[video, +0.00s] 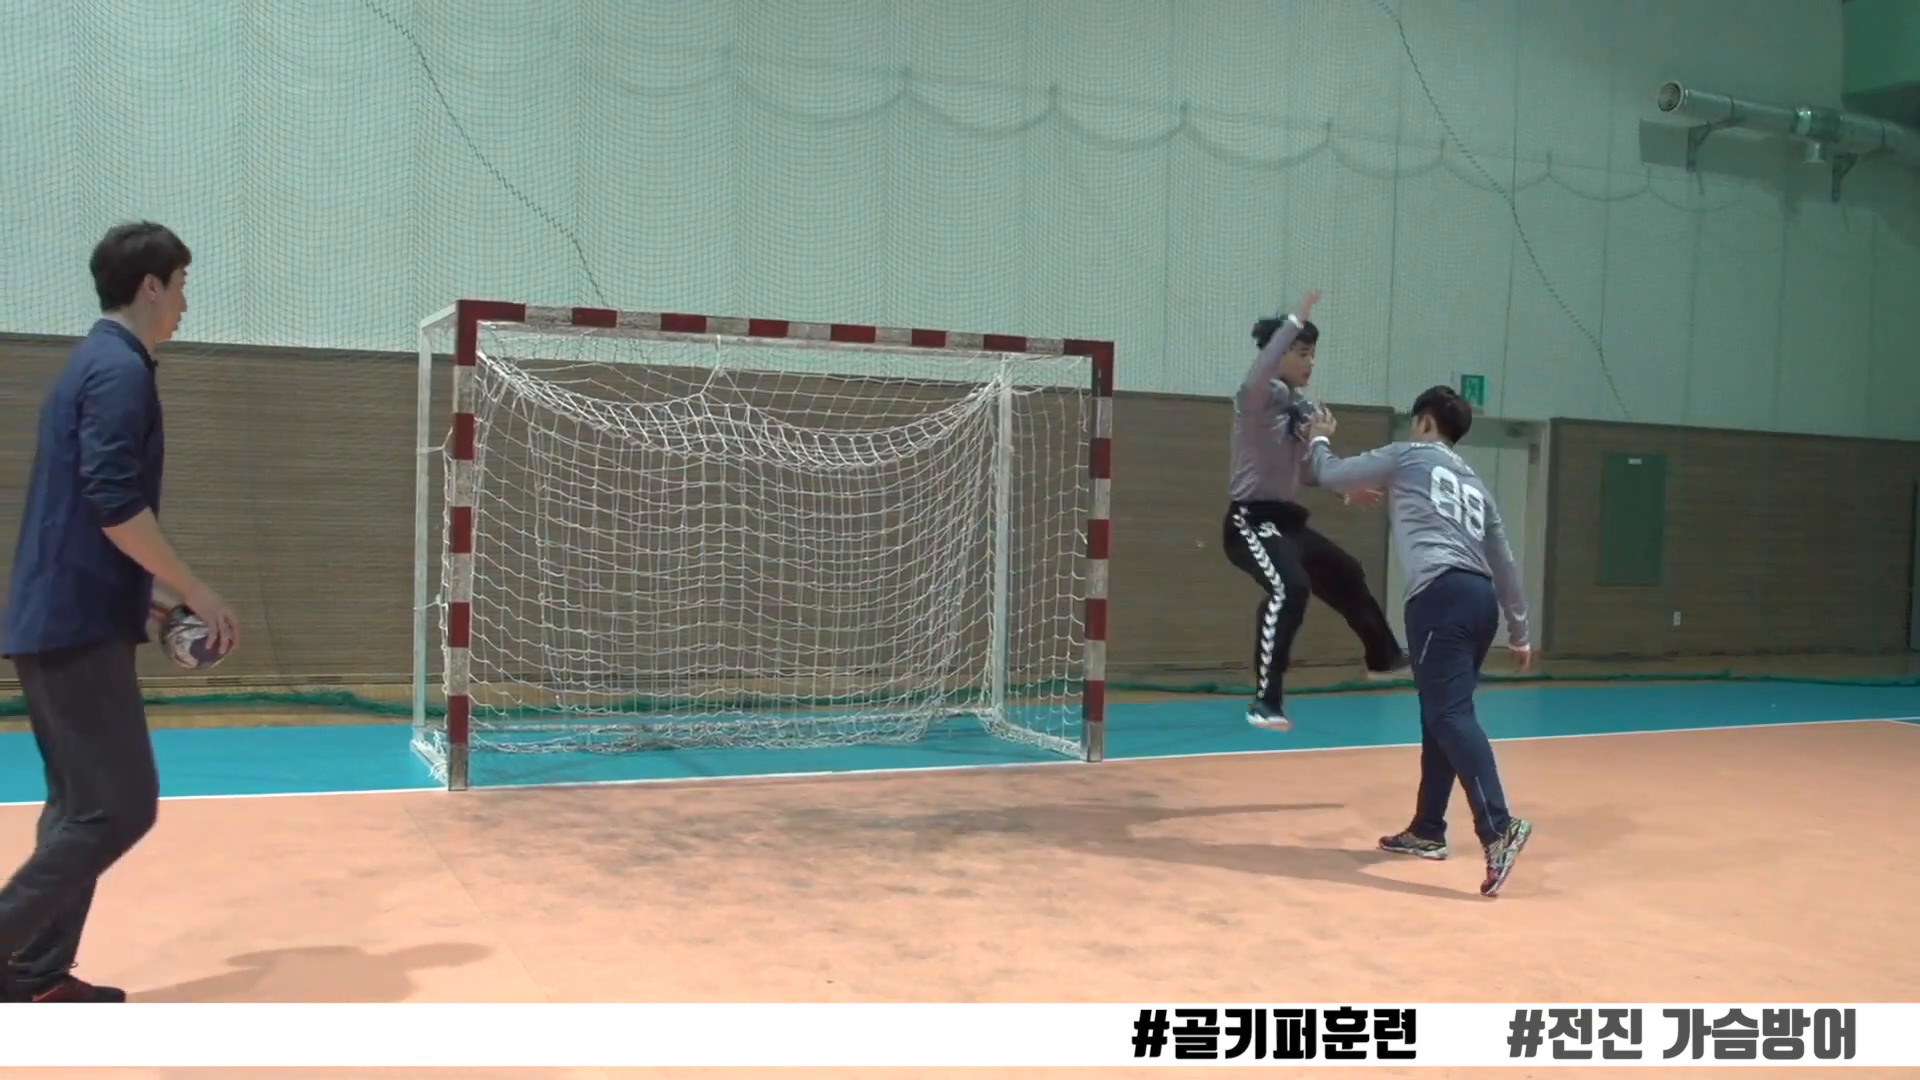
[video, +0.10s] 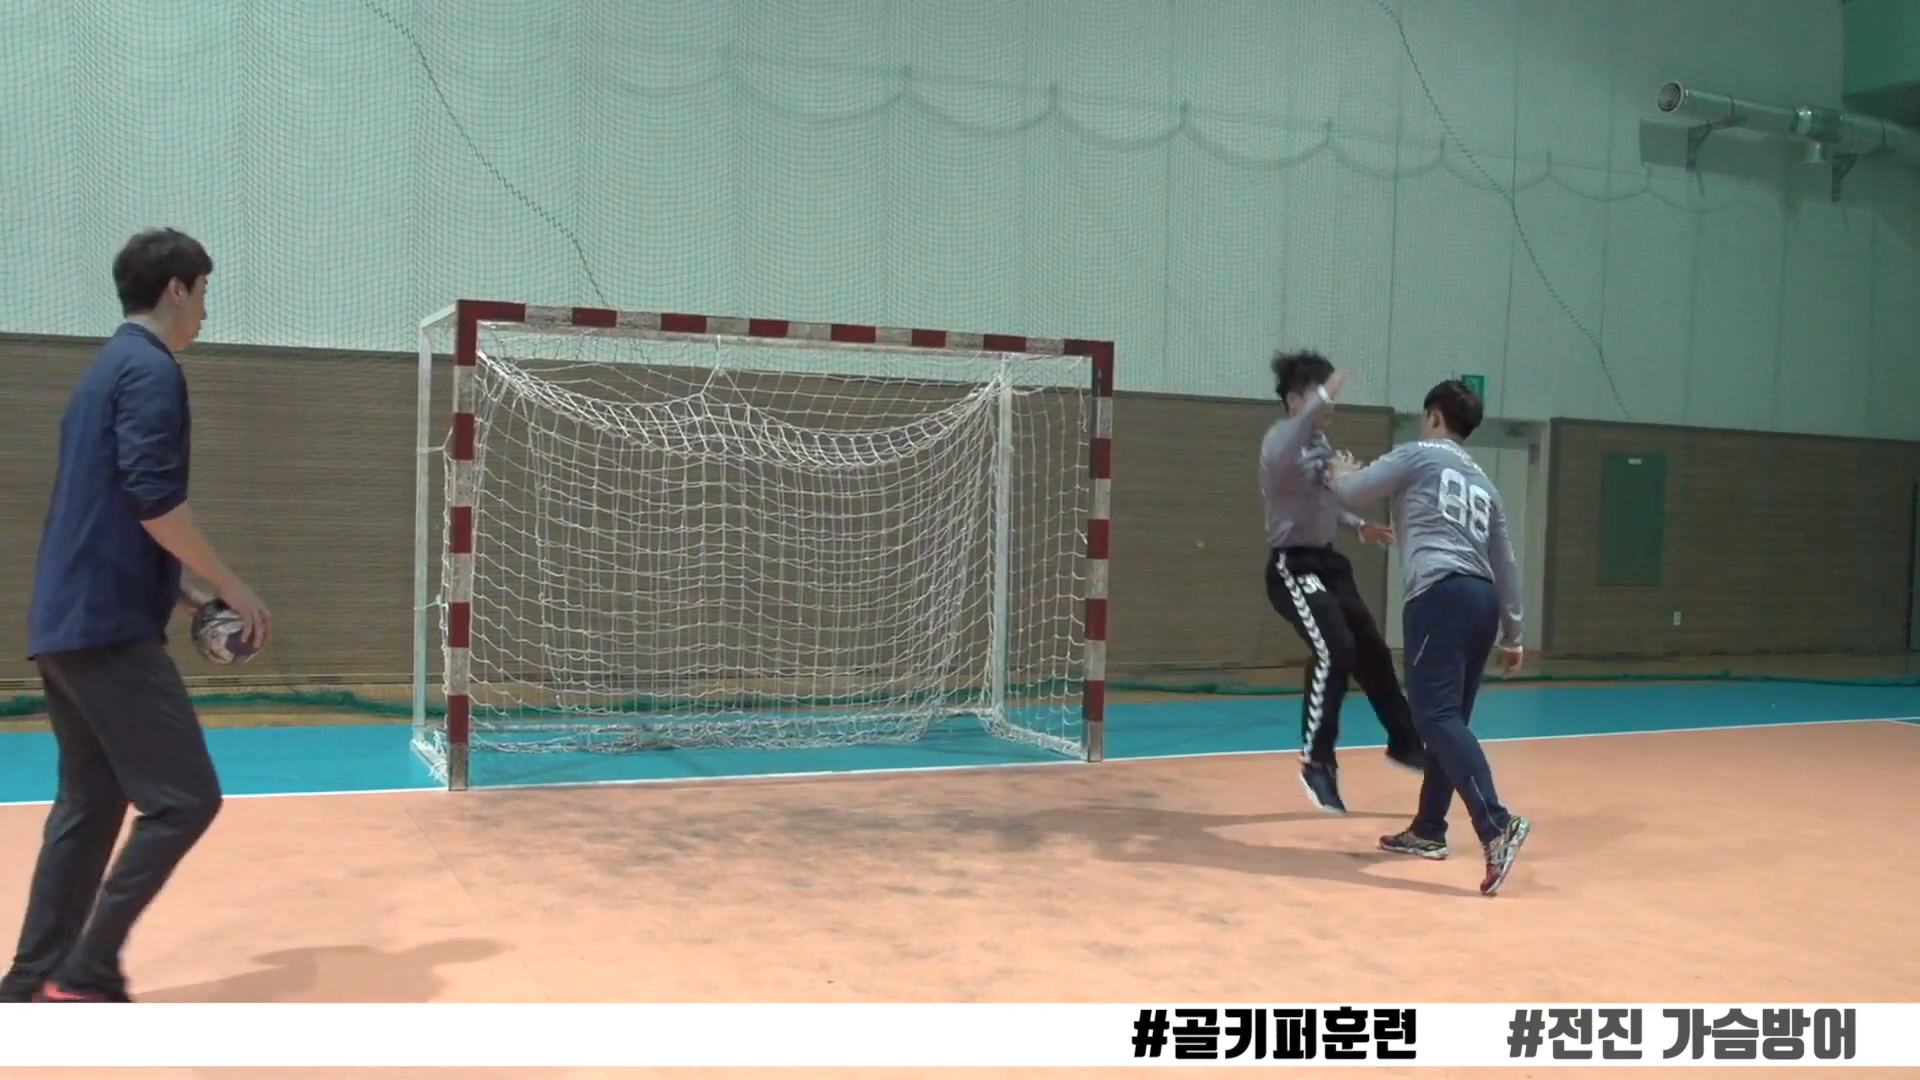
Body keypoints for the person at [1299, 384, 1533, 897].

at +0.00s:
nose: (1410, 430)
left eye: (1413, 422)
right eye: (1413, 423)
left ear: (1425, 423)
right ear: (1457, 433)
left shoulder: (1407, 455)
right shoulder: (1476, 483)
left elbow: (1330, 474)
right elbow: (1503, 560)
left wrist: (1318, 439)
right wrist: (1520, 630)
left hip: (1440, 591)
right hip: (1484, 598)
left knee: (1451, 713)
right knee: (1441, 713)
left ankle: (1498, 827)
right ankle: (1428, 830)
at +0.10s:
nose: (1421, 424)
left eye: (1424, 416)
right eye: (1425, 417)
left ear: (1434, 418)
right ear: (1469, 429)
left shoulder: (1419, 454)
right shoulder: (1483, 483)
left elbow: (1353, 491)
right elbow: (1504, 560)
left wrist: (1339, 472)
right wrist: (1513, 631)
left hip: (1439, 591)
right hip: (1485, 599)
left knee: (1434, 715)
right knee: (1449, 719)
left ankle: (1497, 825)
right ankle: (1428, 828)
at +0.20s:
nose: (1429, 421)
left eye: (1432, 413)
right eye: (1433, 414)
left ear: (1442, 415)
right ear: (1477, 424)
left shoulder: (1425, 455)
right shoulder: (1492, 480)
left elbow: (1373, 505)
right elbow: (1508, 559)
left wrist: (1373, 522)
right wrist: (1512, 629)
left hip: (1442, 592)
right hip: (1487, 599)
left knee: (1432, 717)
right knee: (1452, 720)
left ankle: (1504, 825)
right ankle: (1429, 831)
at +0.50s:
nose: (1450, 421)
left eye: (1453, 413)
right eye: (1453, 413)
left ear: (1465, 414)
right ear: (1493, 419)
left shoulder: (1469, 463)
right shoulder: (1514, 475)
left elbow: (1457, 528)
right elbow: (1537, 552)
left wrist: (1399, 560)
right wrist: (1558, 621)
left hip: (1481, 614)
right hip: (1502, 613)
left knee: (1475, 736)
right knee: (1450, 727)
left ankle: (1522, 861)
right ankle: (1430, 829)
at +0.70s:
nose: (1470, 414)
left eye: (1474, 404)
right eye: (1472, 403)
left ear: (1491, 406)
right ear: (1509, 408)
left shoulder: (1502, 456)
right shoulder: (1533, 462)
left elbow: (1503, 523)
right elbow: (1556, 543)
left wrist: (1433, 570)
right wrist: (1563, 607)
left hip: (1511, 611)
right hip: (1520, 608)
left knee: (1497, 732)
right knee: (1481, 725)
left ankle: (1524, 862)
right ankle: (1497, 834)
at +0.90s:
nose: (1498, 407)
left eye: (1503, 398)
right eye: (1501, 397)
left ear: (1521, 403)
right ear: (1535, 406)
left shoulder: (1535, 457)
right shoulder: (1544, 456)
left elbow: (1551, 531)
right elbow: (1553, 533)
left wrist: (1521, 595)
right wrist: (1516, 596)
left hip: (1533, 612)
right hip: (1544, 611)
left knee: (1517, 736)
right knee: (1536, 731)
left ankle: (1524, 861)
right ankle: (1591, 841)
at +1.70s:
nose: (1565, 408)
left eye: (1573, 399)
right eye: (1569, 398)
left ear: (1596, 406)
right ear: (1605, 408)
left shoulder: (1598, 462)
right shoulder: (1625, 464)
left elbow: (1582, 542)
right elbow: (1611, 550)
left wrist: (1511, 583)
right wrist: (1539, 586)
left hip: (1595, 621)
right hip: (1621, 620)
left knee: (1569, 741)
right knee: (1605, 742)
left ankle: (1600, 874)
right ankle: (1607, 865)